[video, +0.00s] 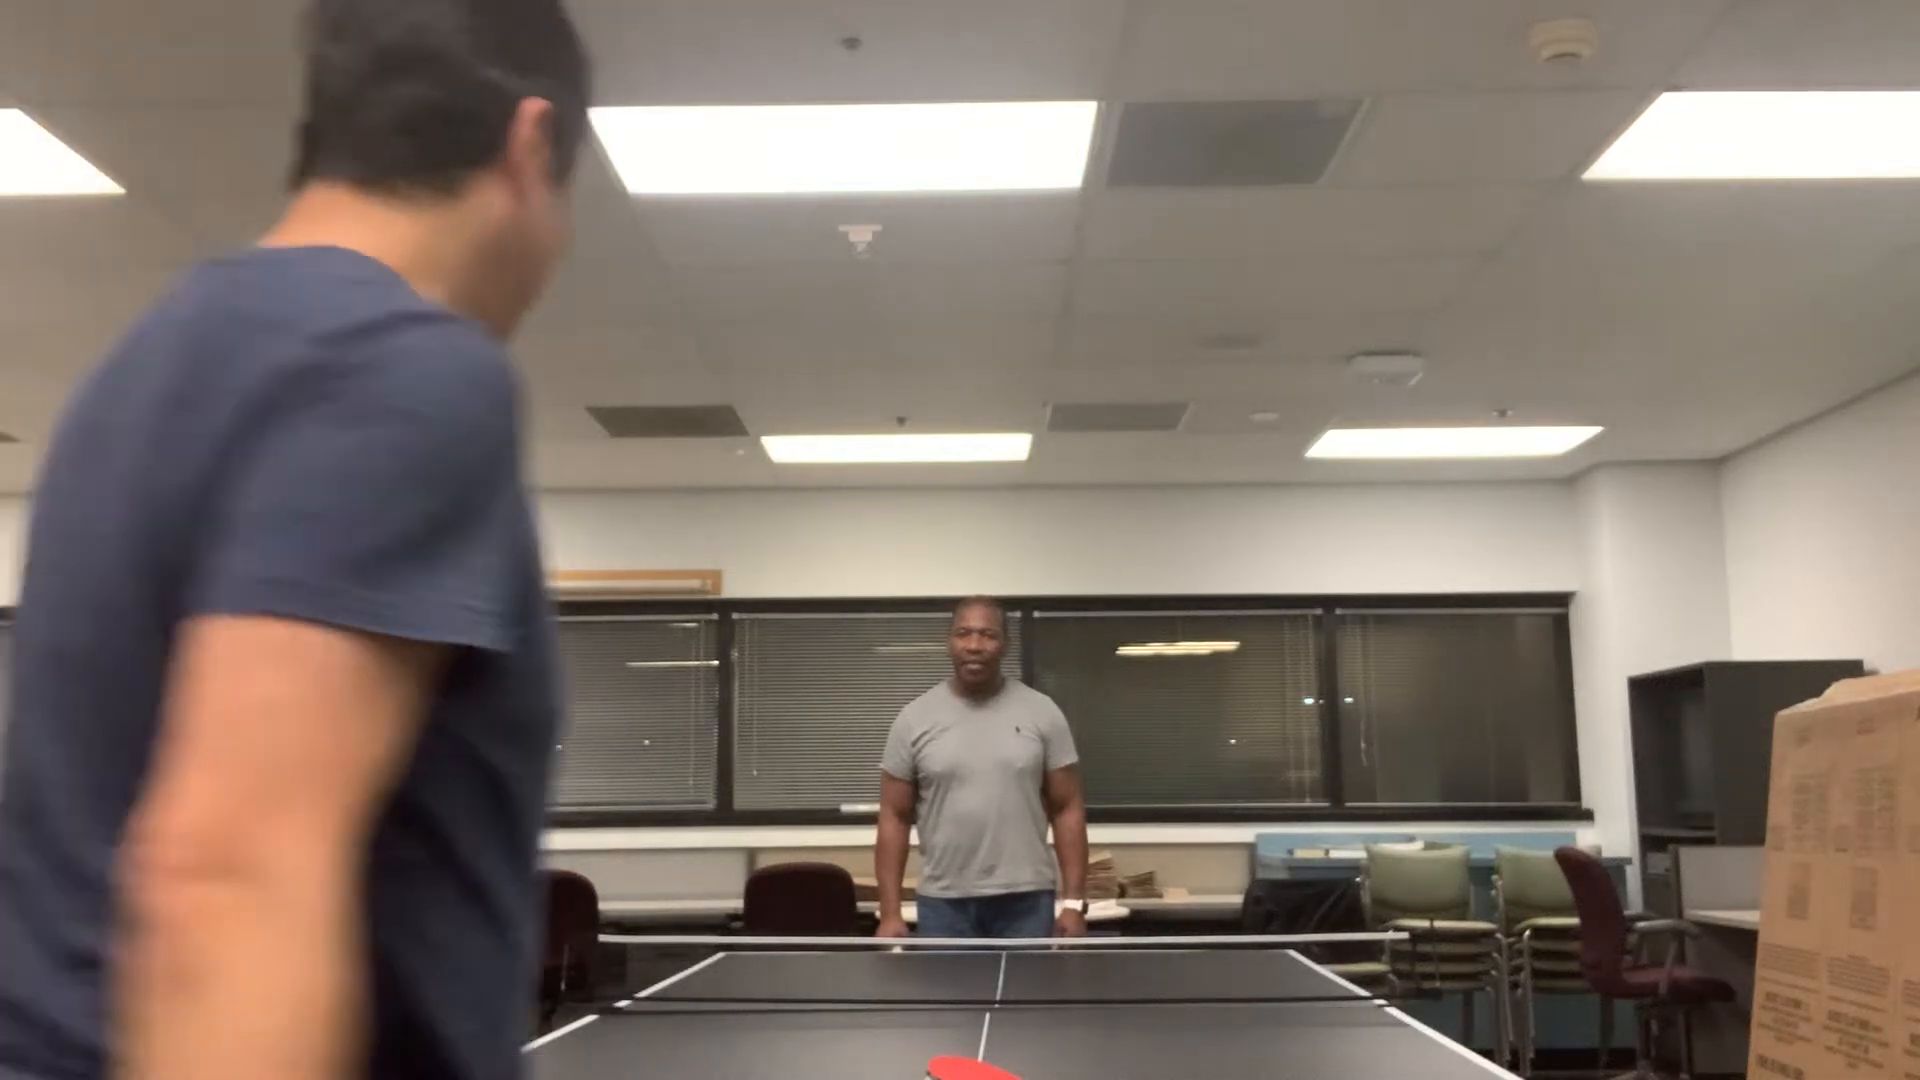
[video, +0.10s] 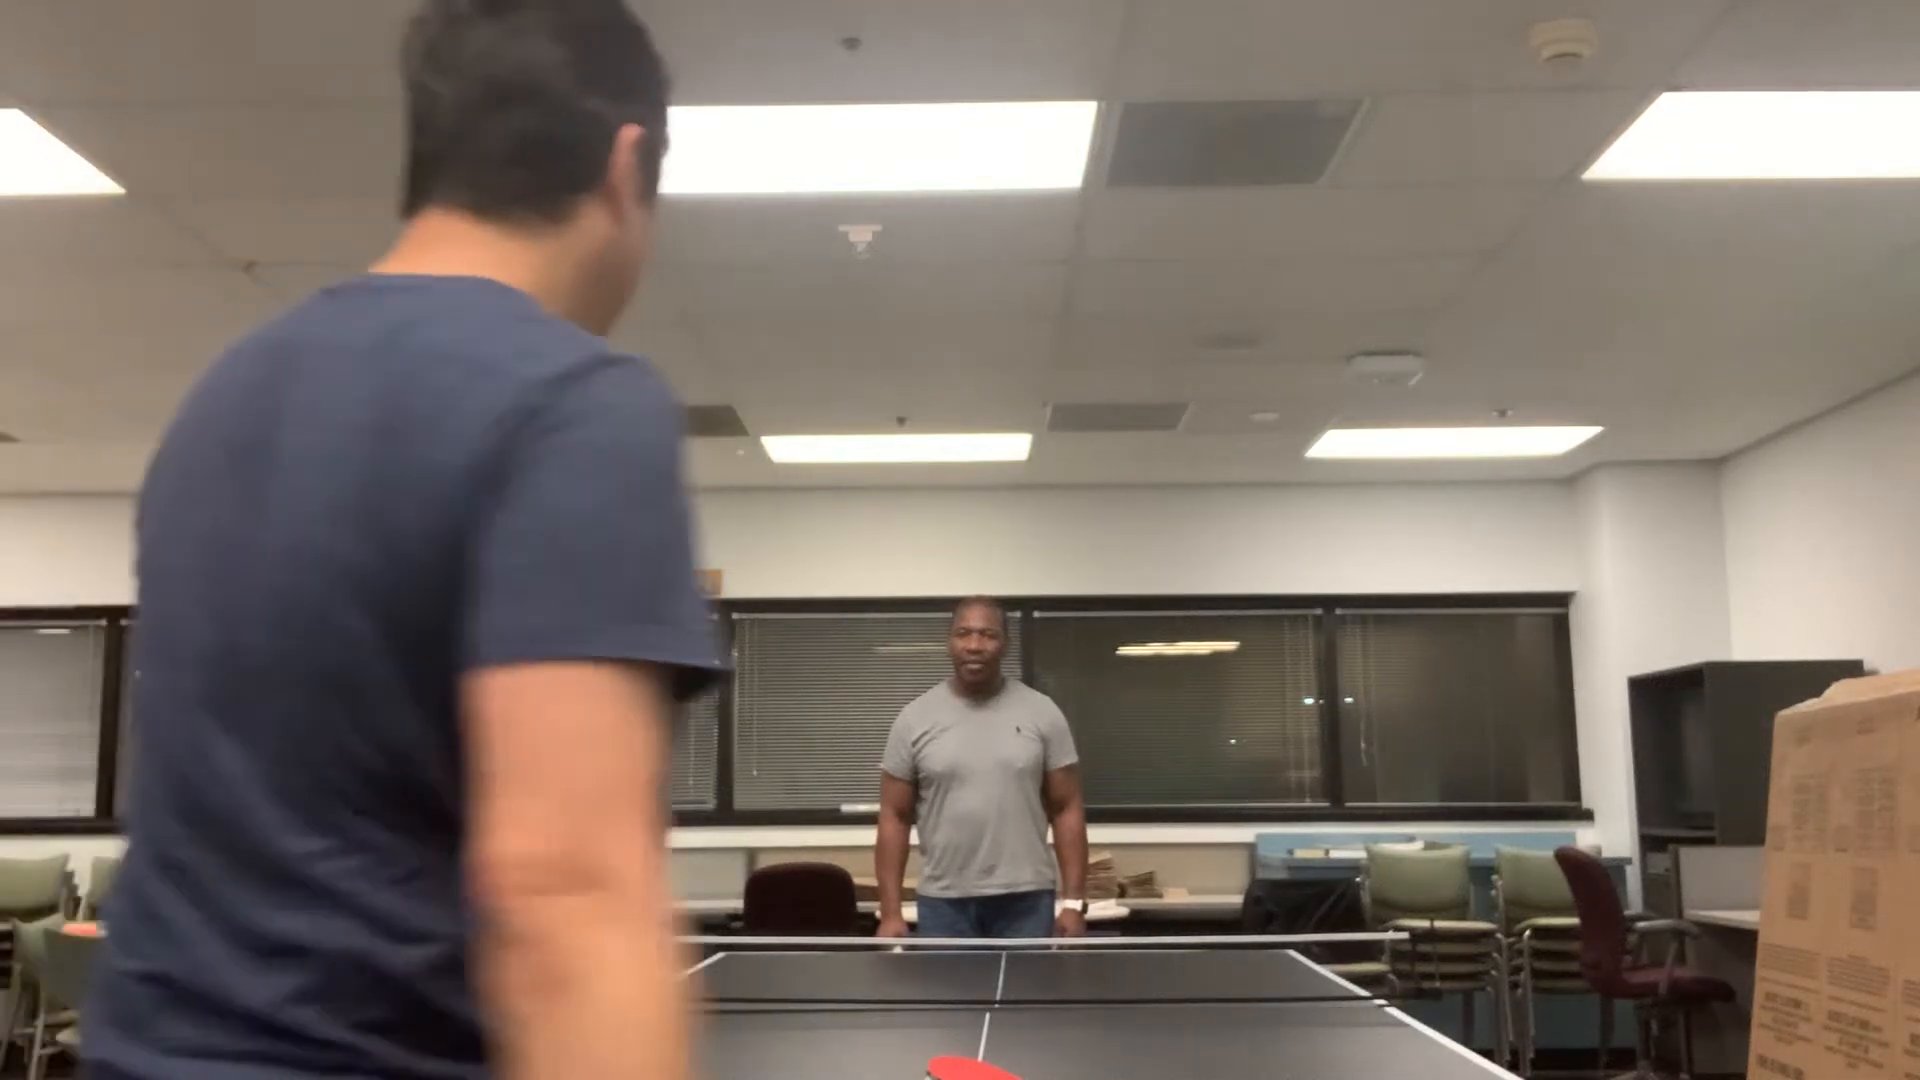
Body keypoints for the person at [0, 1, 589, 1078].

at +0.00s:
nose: (558, 245)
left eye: (569, 195)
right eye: (569, 188)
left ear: (330, 128)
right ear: (528, 146)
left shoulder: (151, 355)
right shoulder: (406, 367)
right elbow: (229, 875)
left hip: (56, 1039)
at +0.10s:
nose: (650, 239)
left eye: (658, 198)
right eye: (658, 194)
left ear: (429, 153)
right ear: (624, 169)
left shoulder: (229, 389)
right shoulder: (566, 396)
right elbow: (562, 893)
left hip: (152, 1034)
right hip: (408, 1052)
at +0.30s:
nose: (765, 239)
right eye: (770, 213)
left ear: (545, 214)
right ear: (753, 211)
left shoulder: (361, 433)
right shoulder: (808, 429)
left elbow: (226, 790)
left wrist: (360, 987)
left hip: (377, 1044)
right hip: (675, 1049)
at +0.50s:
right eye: (814, 294)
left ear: (611, 304)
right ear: (798, 289)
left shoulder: (470, 516)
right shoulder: (906, 484)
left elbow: (349, 855)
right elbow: (1083, 794)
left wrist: (466, 1007)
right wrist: (1170, 916)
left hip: (548, 1051)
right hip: (831, 1050)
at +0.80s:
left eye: (729, 360)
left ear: (740, 362)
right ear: (912, 342)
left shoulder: (665, 551)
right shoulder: (1052, 508)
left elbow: (656, 868)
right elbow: (1079, 773)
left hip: (757, 1051)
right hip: (1016, 1049)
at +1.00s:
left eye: (875, 427)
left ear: (893, 432)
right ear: (1047, 409)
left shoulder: (863, 601)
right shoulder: (1164, 566)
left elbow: (851, 902)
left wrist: (938, 1003)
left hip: (976, 1052)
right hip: (1204, 1044)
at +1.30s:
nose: (1014, 462)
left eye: (1011, 443)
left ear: (1024, 444)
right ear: (1167, 431)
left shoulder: (1016, 578)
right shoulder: (1265, 560)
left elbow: (1005, 882)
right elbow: (1204, 858)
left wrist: (1034, 1056)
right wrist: (1026, 1009)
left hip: (1200, 1032)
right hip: (1389, 1025)